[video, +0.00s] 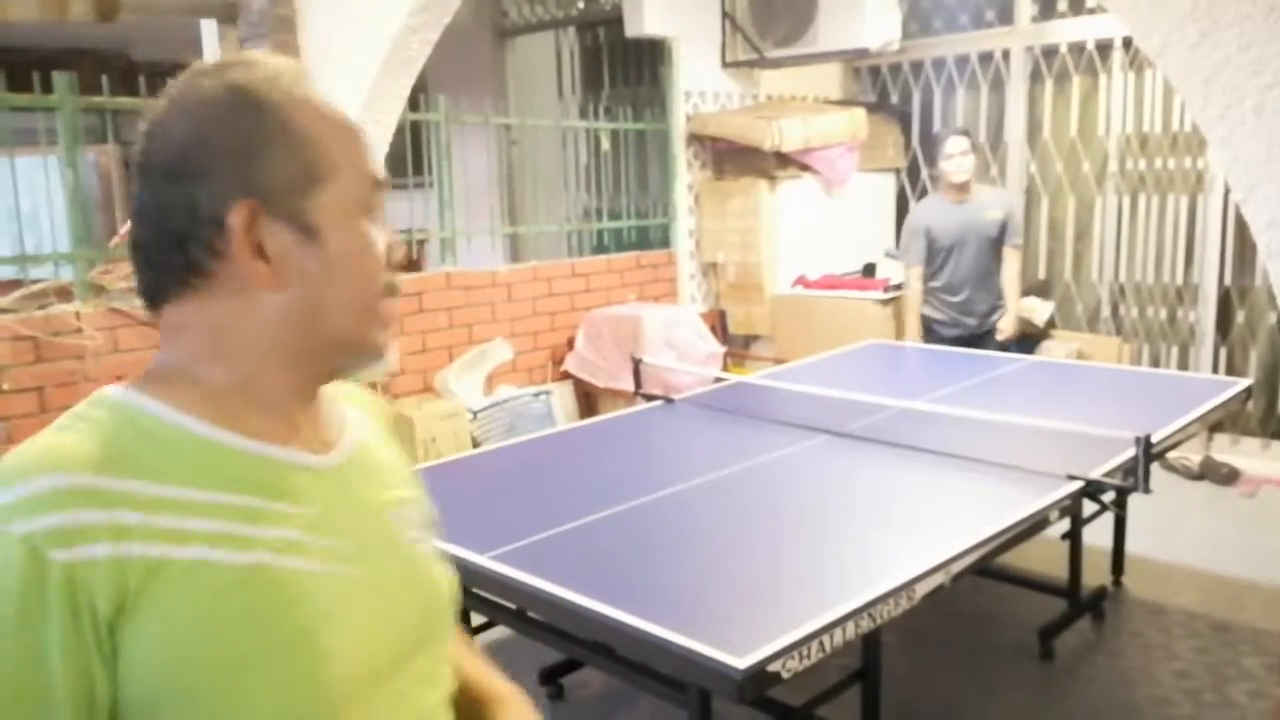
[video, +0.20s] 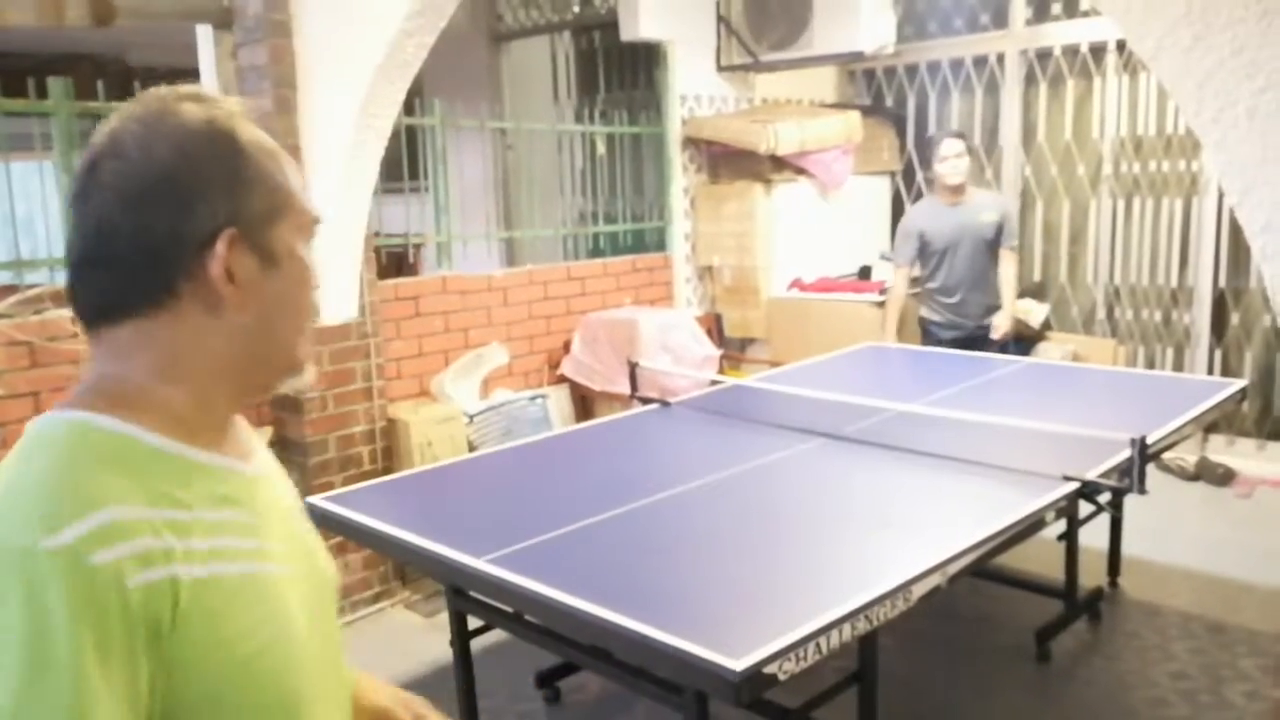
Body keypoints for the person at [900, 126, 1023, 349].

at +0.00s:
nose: (959, 163)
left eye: (965, 154)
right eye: (949, 157)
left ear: (975, 157)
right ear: (937, 165)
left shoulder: (1002, 204)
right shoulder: (921, 215)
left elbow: (1011, 260)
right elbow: (914, 280)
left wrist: (1011, 312)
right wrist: (912, 336)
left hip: (990, 328)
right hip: (941, 330)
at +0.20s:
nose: (953, 165)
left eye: (959, 156)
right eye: (944, 159)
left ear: (970, 160)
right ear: (931, 167)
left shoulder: (996, 207)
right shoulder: (916, 218)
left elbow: (1007, 258)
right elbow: (900, 280)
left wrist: (1007, 311)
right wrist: (889, 338)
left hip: (988, 327)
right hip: (940, 329)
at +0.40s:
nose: (970, 161)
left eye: (977, 153)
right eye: (961, 155)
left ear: (989, 159)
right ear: (949, 163)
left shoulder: (1011, 206)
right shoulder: (930, 212)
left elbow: (1023, 260)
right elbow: (911, 270)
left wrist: (1029, 315)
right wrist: (896, 326)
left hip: (1001, 324)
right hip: (951, 325)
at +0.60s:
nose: (987, 166)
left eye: (995, 159)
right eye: (978, 160)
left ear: (1006, 165)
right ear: (965, 167)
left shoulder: (1024, 213)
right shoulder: (946, 215)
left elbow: (1035, 267)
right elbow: (931, 274)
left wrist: (1039, 321)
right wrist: (921, 329)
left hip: (1010, 326)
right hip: (962, 326)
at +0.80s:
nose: (1003, 162)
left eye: (1011, 154)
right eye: (995, 155)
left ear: (1025, 161)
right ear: (984, 163)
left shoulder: (1040, 209)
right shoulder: (963, 209)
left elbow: (1048, 264)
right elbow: (950, 266)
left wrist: (1047, 317)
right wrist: (964, 320)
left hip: (1024, 320)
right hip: (979, 320)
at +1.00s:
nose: (1009, 164)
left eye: (1018, 157)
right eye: (1002, 157)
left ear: (1032, 163)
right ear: (992, 164)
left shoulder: (1048, 211)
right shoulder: (969, 210)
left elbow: (1054, 264)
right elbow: (953, 263)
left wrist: (1054, 312)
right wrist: (980, 310)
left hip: (1027, 313)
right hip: (983, 311)